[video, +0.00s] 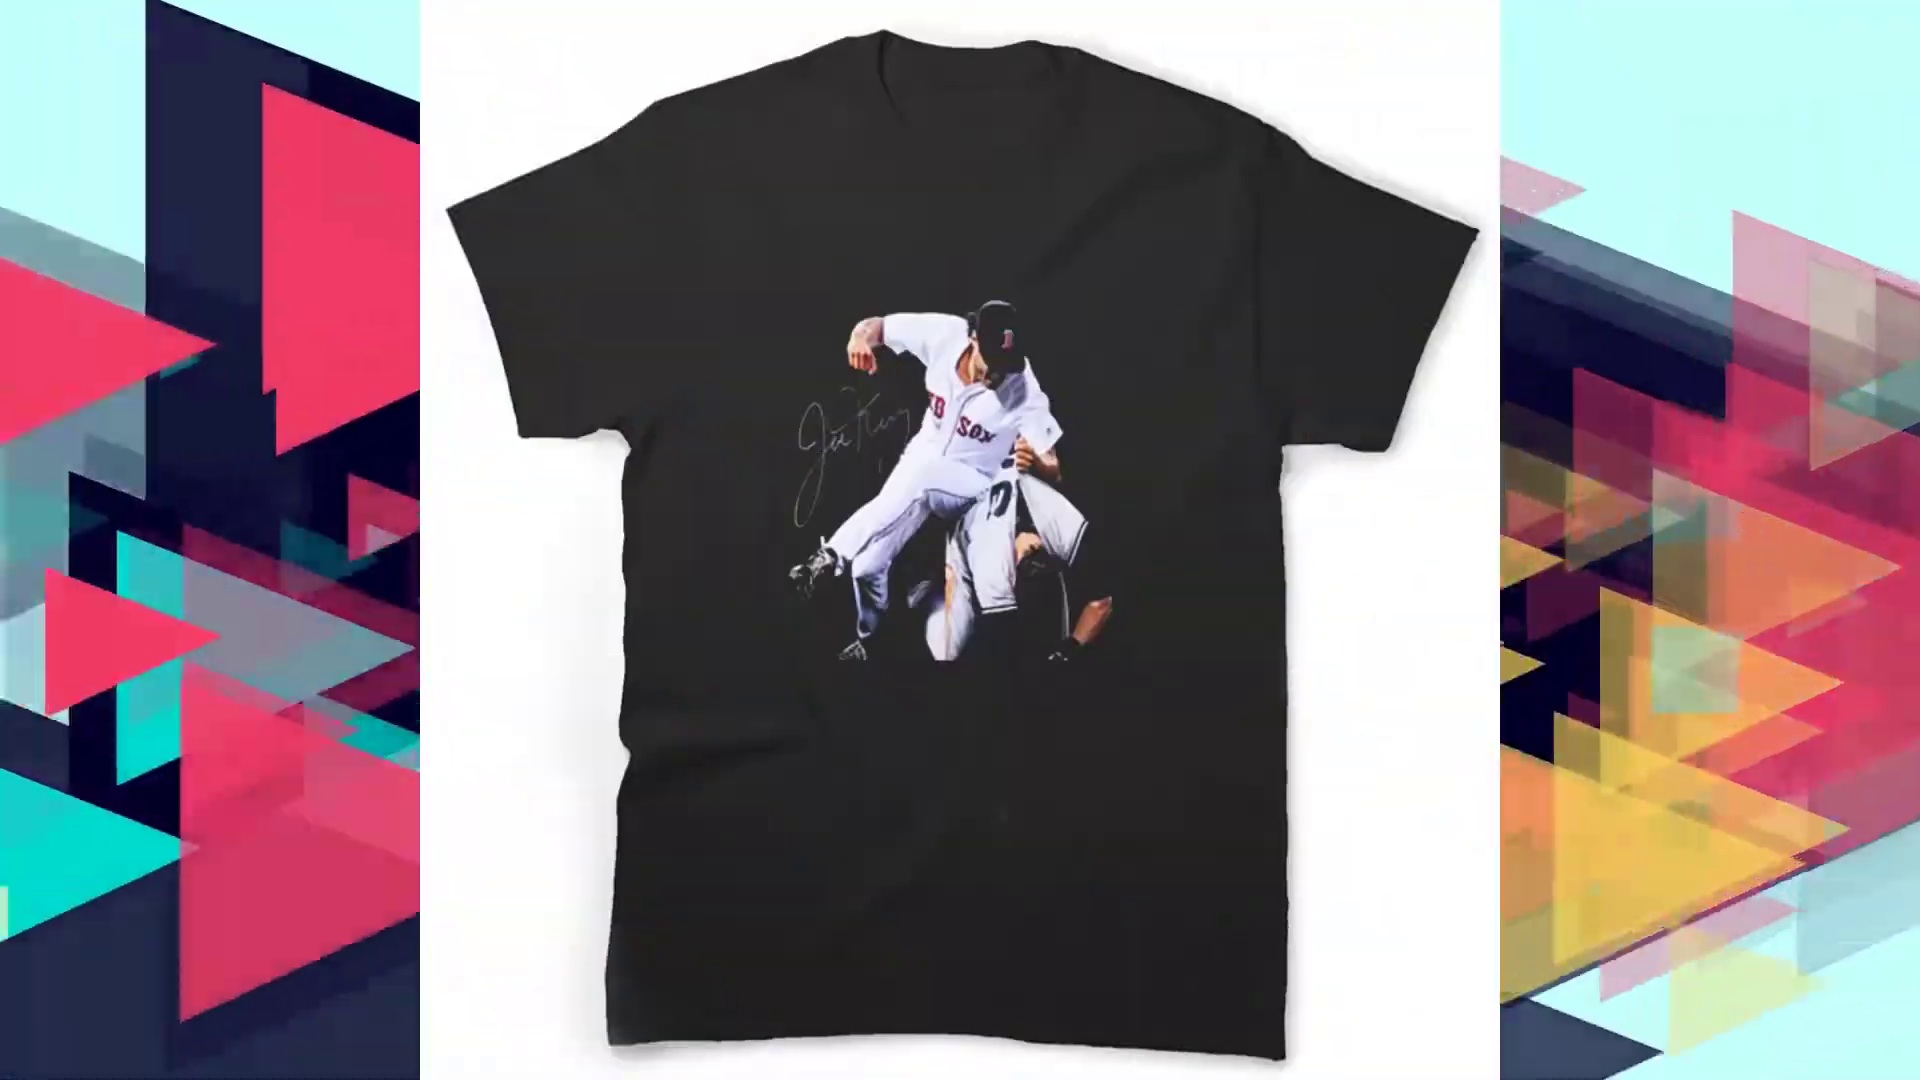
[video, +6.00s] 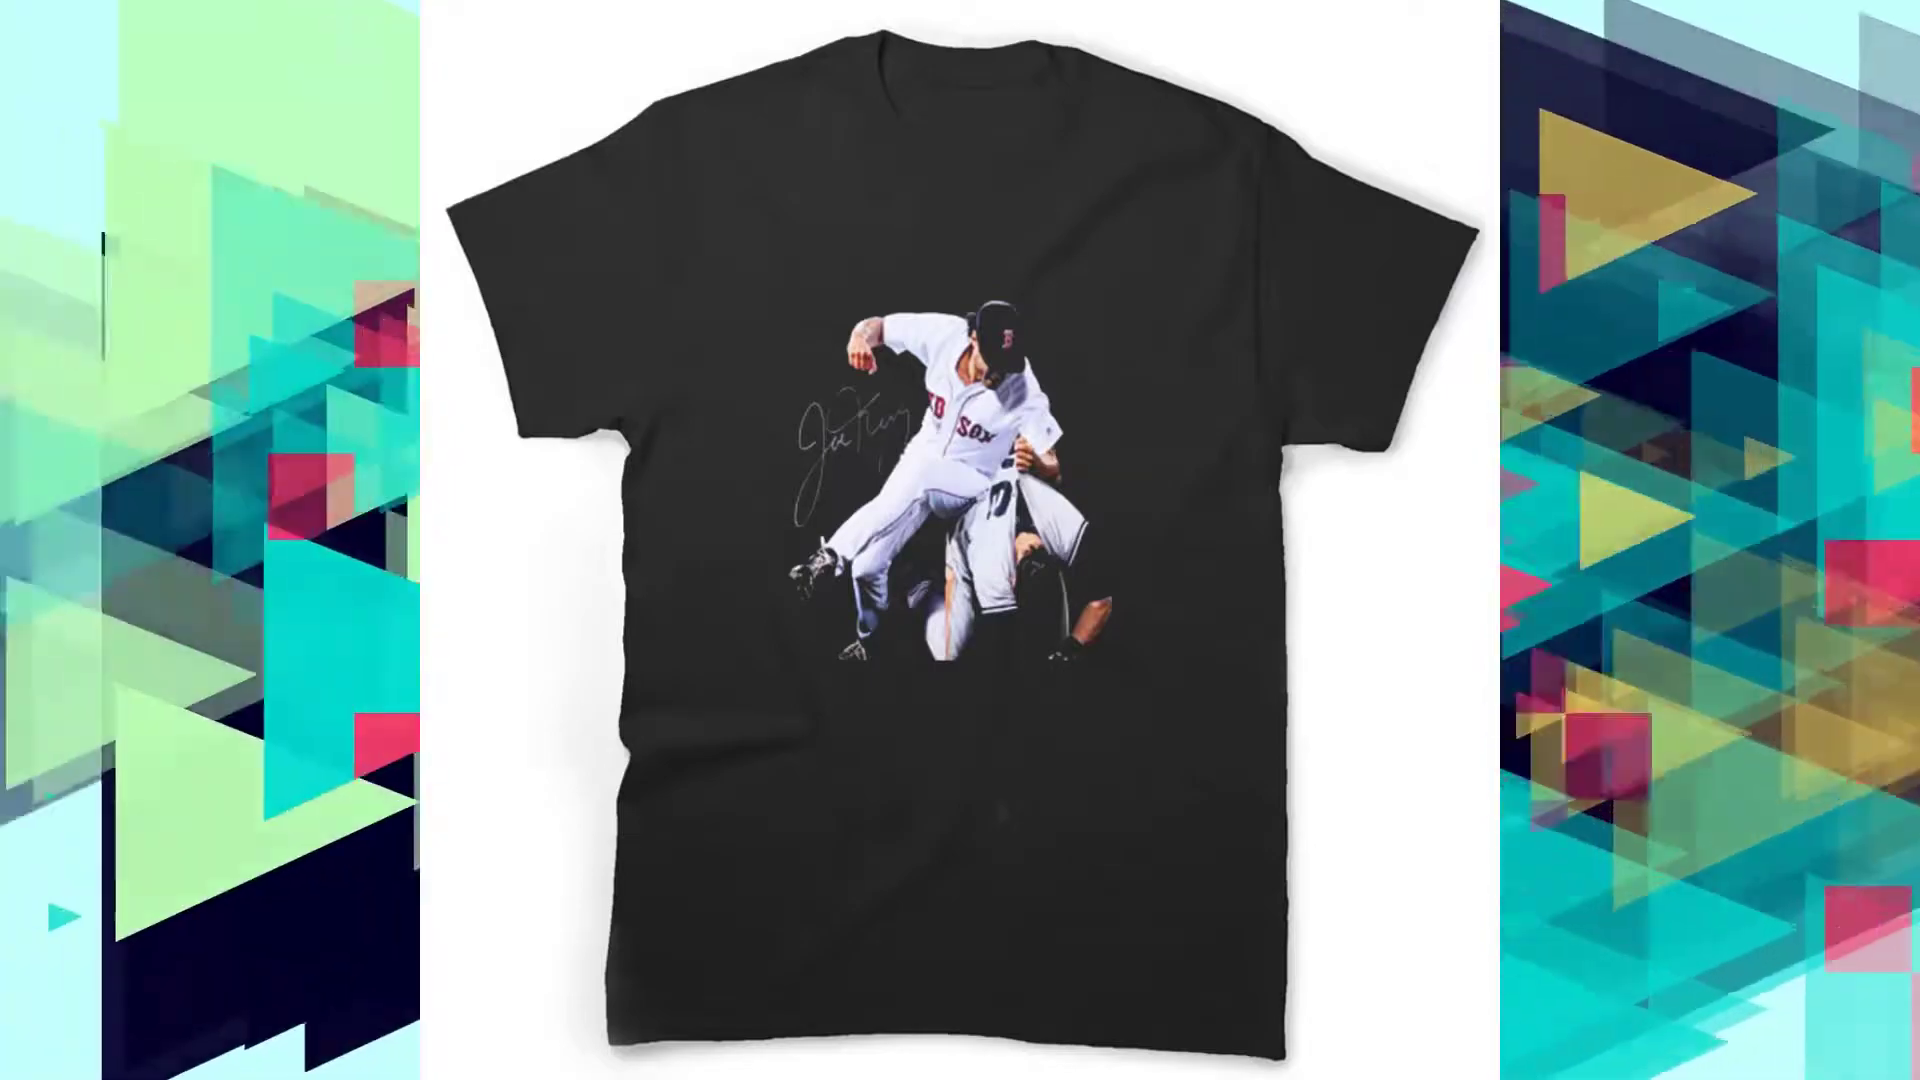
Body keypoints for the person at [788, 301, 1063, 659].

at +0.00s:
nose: (997, 373)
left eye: (1005, 366)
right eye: (991, 363)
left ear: (1015, 354)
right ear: (973, 343)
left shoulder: (1023, 388)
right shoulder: (946, 334)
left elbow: (1055, 470)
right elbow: (875, 327)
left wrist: (1038, 463)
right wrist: (861, 340)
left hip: (978, 481)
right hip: (922, 460)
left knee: (920, 476)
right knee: (867, 565)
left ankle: (828, 559)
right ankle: (870, 641)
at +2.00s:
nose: (995, 373)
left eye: (1004, 366)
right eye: (990, 364)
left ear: (1016, 355)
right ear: (973, 342)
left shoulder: (1023, 390)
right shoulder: (946, 334)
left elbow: (1055, 470)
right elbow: (874, 327)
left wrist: (1038, 463)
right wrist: (861, 340)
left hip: (978, 482)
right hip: (922, 460)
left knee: (920, 477)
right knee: (867, 565)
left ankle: (827, 559)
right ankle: (870, 640)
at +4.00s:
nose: (997, 374)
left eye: (1006, 367)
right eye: (991, 364)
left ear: (1017, 354)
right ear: (973, 341)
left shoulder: (1023, 389)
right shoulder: (946, 334)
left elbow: (1054, 468)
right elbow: (878, 327)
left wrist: (1038, 463)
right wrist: (861, 338)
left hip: (978, 482)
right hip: (922, 460)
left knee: (920, 476)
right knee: (867, 566)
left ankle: (828, 560)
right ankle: (871, 641)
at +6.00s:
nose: (997, 374)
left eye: (1006, 367)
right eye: (991, 364)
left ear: (1017, 354)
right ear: (973, 341)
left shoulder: (1023, 389)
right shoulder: (946, 334)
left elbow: (1054, 468)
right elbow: (878, 327)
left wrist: (1038, 463)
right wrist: (861, 338)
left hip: (979, 482)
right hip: (922, 460)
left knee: (920, 476)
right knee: (867, 566)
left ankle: (828, 560)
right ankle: (871, 642)